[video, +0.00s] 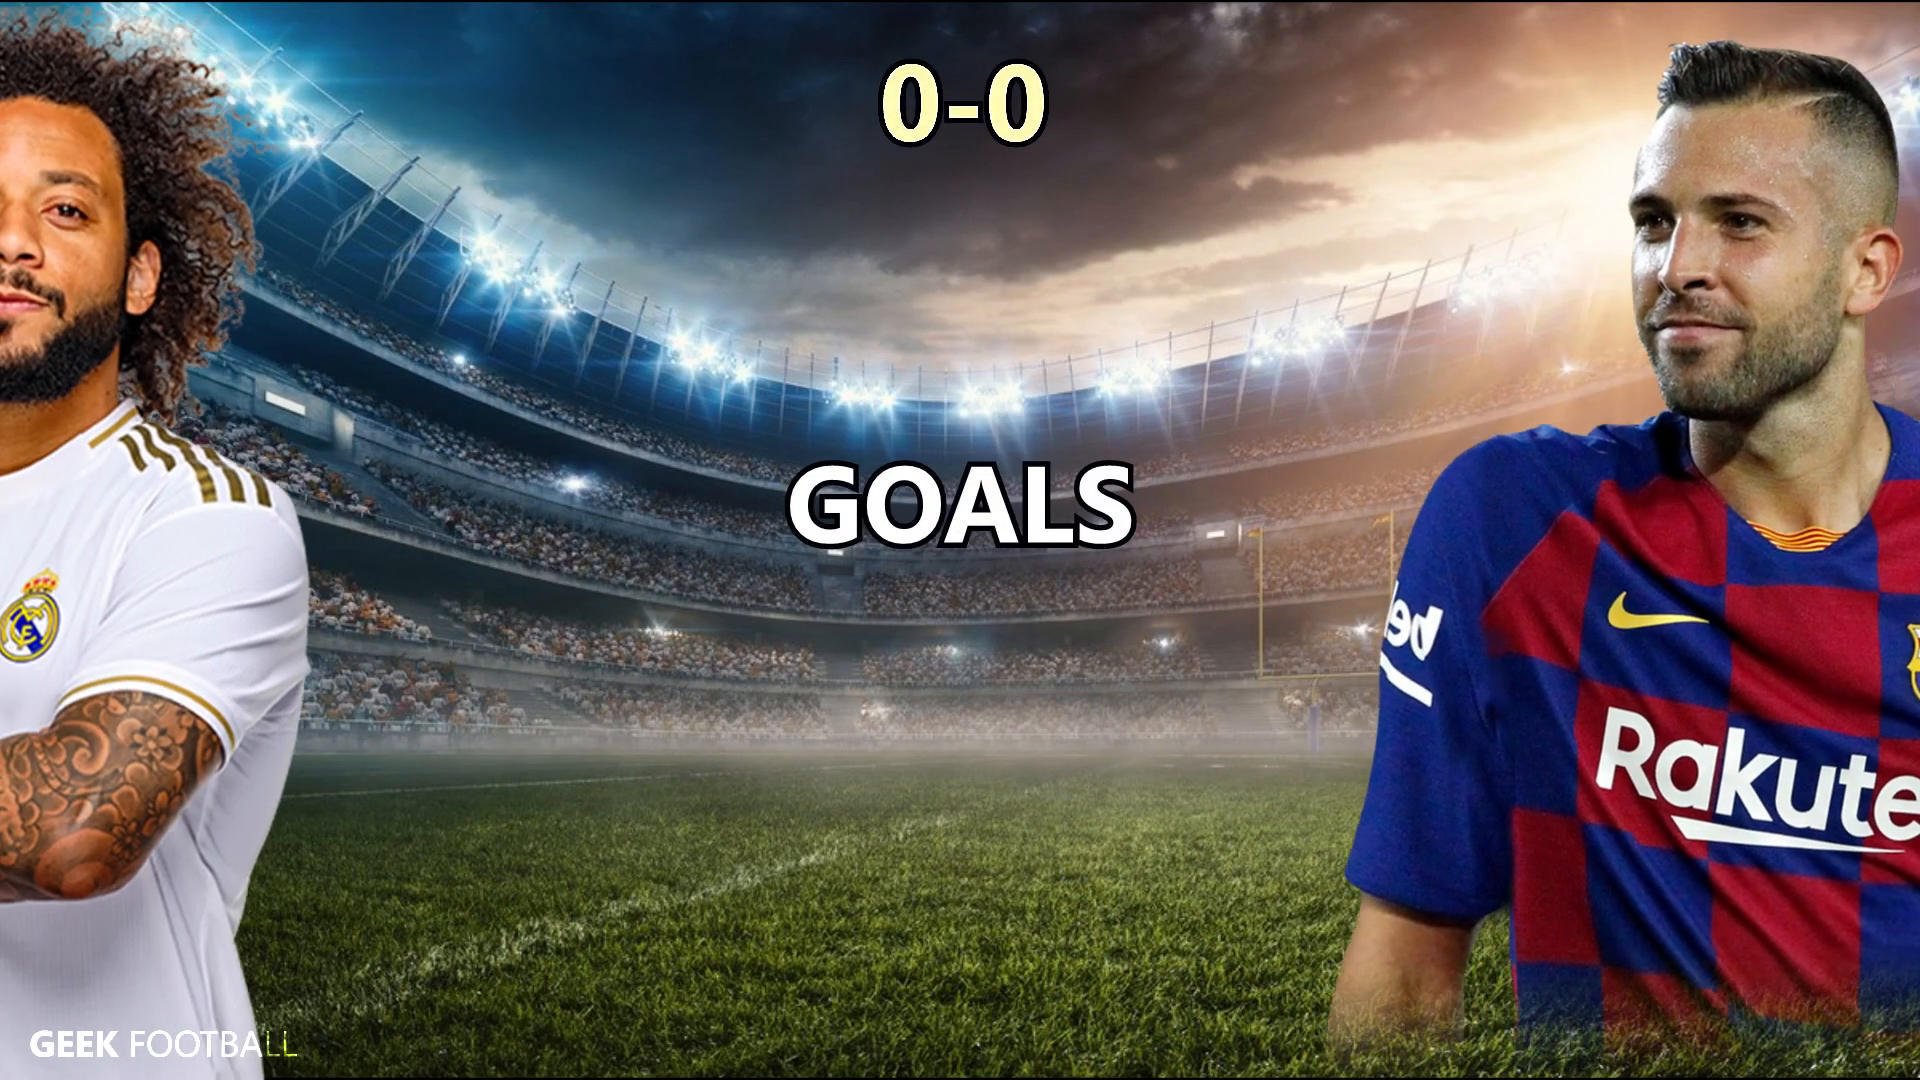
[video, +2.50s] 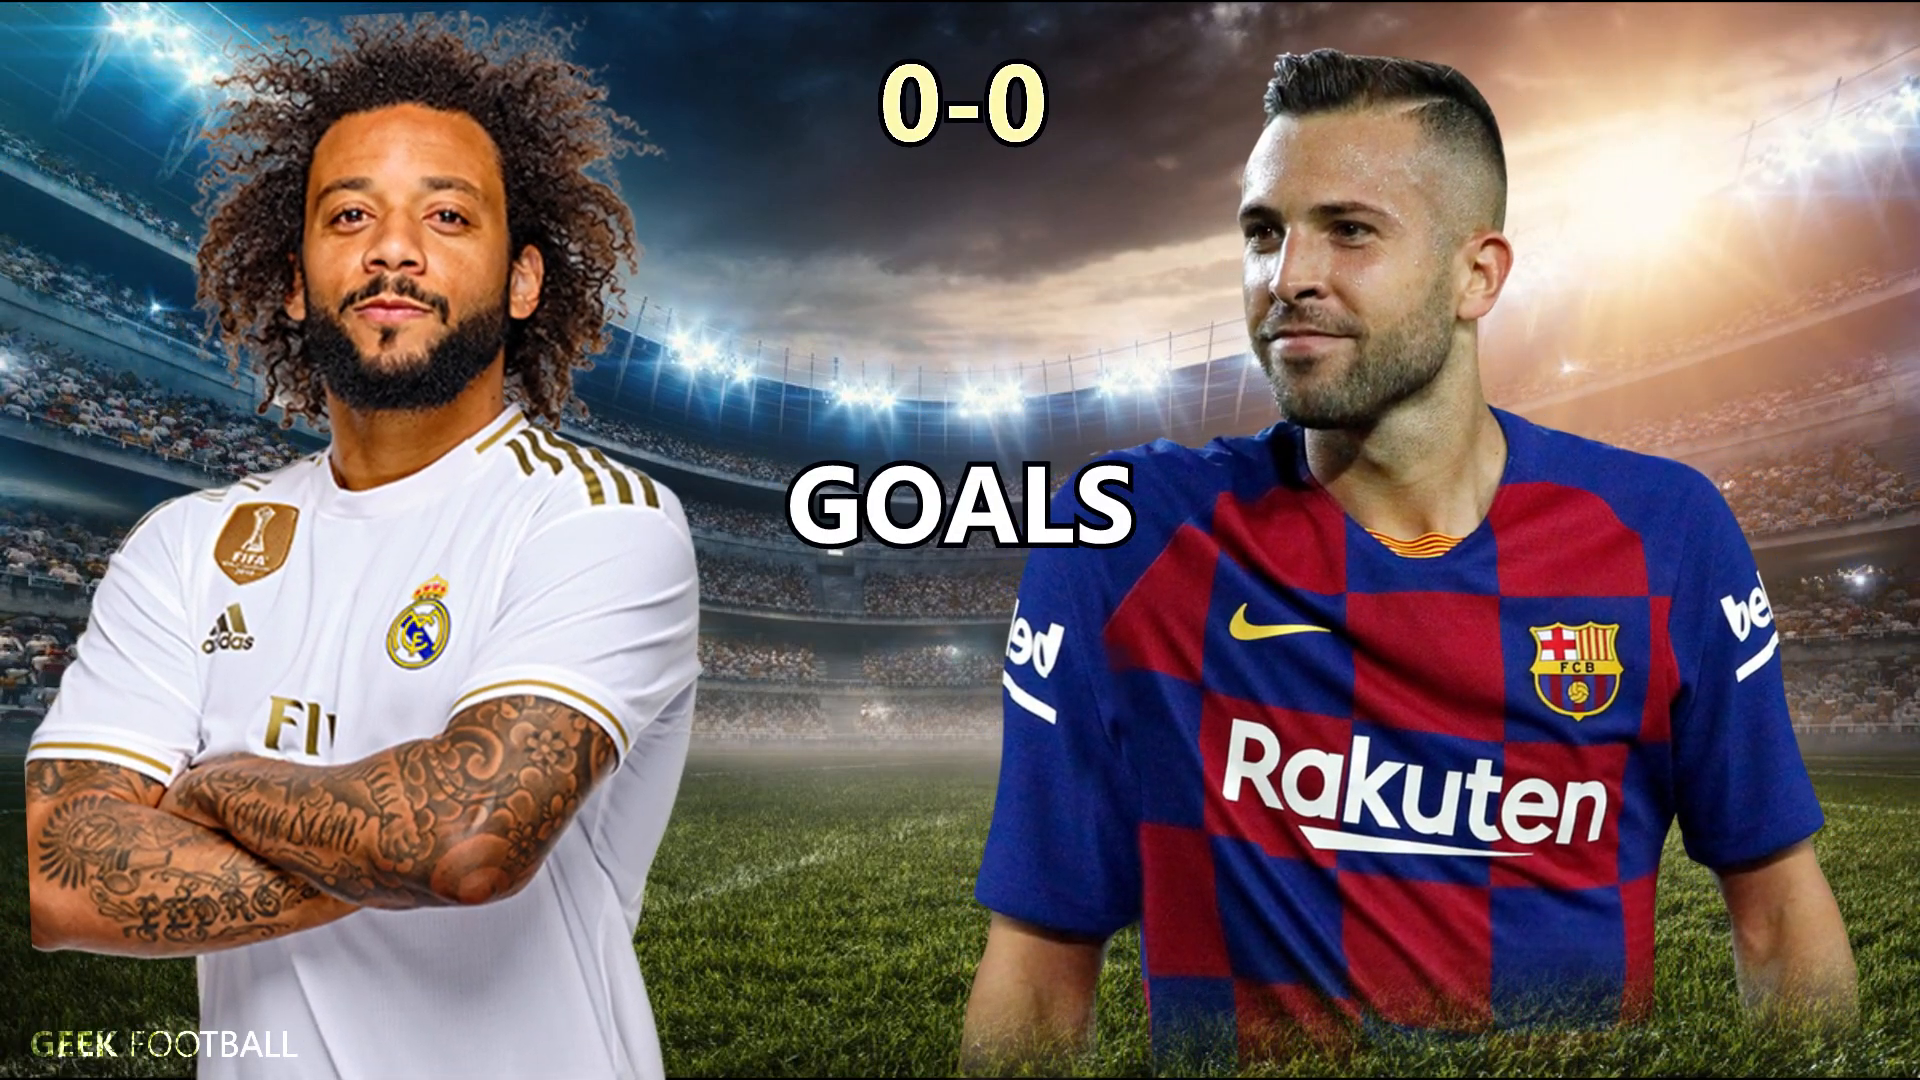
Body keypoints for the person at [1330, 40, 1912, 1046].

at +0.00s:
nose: (1676, 272)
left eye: (1742, 224)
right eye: (1656, 225)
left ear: (1868, 271)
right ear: (1636, 247)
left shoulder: (1914, 527)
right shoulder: (1508, 515)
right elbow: (1407, 956)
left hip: (1883, 1040)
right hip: (1618, 1047)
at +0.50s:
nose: (1406, 274)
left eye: (1468, 226)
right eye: (1385, 228)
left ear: (1598, 274)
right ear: (1364, 247)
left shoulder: (1787, 532)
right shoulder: (1238, 523)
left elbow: (1890, 916)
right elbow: (1155, 948)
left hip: (1685, 1041)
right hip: (1360, 1046)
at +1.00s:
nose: (1293, 277)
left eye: (1356, 231)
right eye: (1271, 234)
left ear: (1486, 273)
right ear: (1246, 256)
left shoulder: (1676, 537)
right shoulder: (1131, 540)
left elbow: (1786, 910)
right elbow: (1046, 961)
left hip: (1580, 1056)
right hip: (1251, 1054)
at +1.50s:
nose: (1272, 279)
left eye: (1336, 232)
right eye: (1251, 236)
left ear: (1466, 275)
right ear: (1226, 256)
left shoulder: (1655, 536)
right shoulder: (1109, 544)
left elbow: (1766, 913)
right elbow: (1026, 968)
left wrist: (1812, 1074)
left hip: (1557, 1051)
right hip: (1232, 1052)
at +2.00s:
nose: (1264, 279)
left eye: (1327, 233)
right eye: (1242, 236)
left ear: (1457, 275)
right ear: (1218, 257)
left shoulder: (1646, 538)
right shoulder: (1099, 546)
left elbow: (1756, 911)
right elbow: (1017, 965)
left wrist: (1804, 1076)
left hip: (1547, 1049)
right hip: (1221, 1050)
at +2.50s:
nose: (1286, 278)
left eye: (1349, 231)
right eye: (1264, 235)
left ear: (1480, 274)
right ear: (1240, 256)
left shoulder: (1668, 535)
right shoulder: (1123, 540)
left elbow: (1780, 913)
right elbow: (1039, 967)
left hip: (1571, 1052)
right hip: (1242, 1052)